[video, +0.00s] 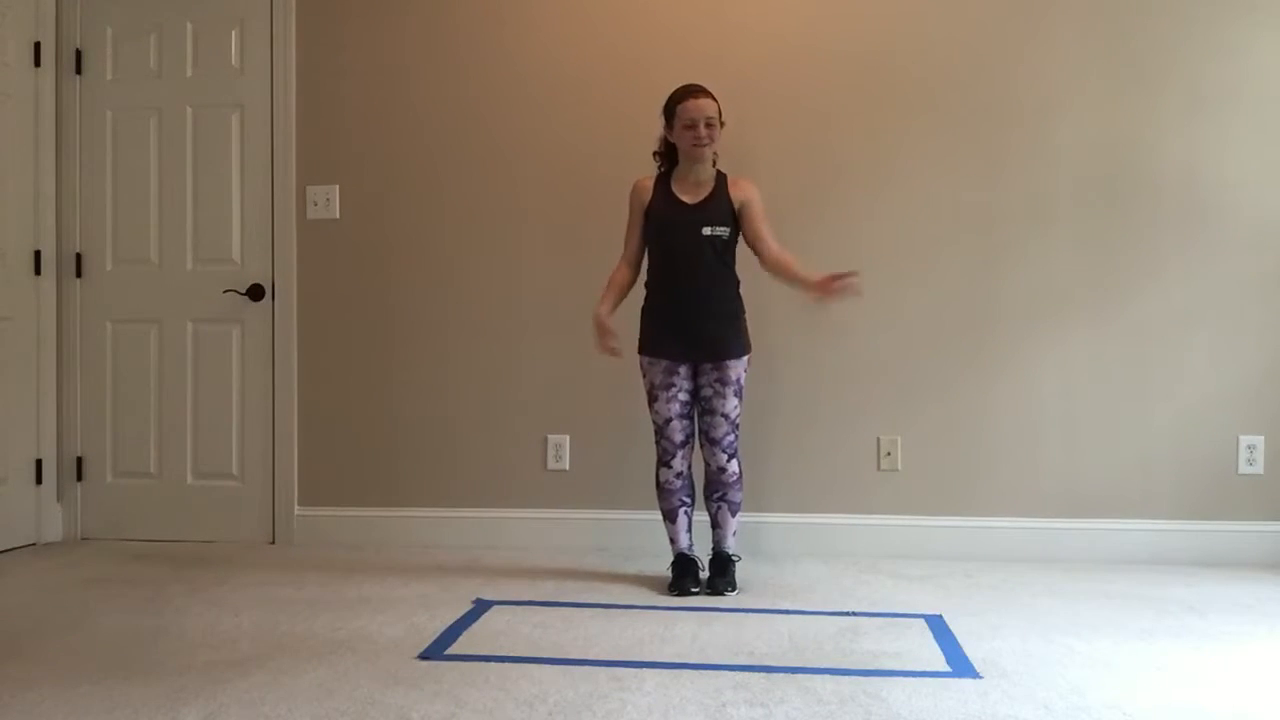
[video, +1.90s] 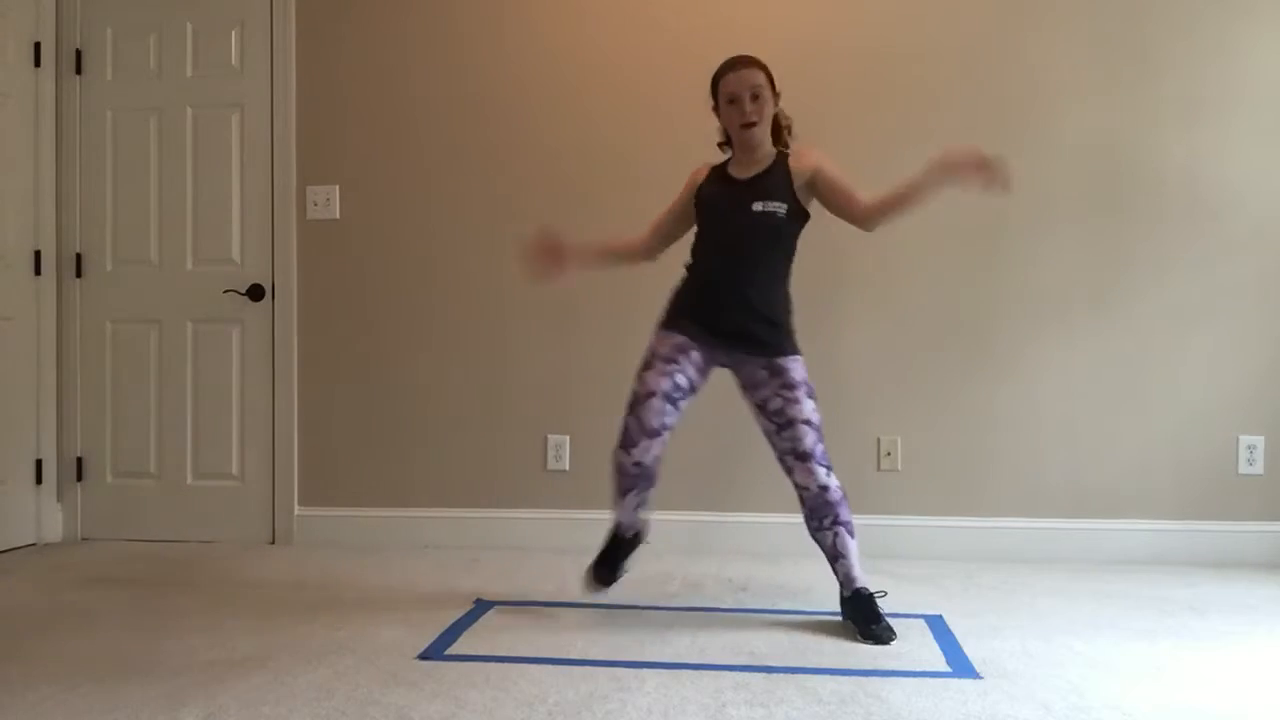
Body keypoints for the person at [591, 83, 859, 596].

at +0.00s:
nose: (702, 131)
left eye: (710, 123)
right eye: (690, 123)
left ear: (721, 129)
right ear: (670, 131)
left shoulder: (739, 192)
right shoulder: (647, 190)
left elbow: (770, 252)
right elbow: (630, 263)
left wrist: (811, 282)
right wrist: (604, 308)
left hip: (723, 341)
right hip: (664, 341)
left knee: (721, 448)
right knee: (672, 450)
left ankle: (724, 555)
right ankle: (683, 556)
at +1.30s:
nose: (701, 122)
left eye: (711, 112)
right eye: (689, 112)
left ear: (724, 122)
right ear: (669, 120)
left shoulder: (741, 184)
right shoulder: (644, 185)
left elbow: (780, 256)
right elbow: (617, 260)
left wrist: (840, 284)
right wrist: (569, 291)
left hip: (732, 326)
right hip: (668, 331)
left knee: (767, 430)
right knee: (664, 450)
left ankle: (790, 551)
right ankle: (678, 560)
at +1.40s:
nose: (714, 122)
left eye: (723, 111)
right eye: (701, 111)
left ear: (734, 117)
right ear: (679, 118)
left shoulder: (747, 181)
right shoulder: (652, 177)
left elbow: (779, 262)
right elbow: (609, 239)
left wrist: (828, 324)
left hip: (751, 325)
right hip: (683, 331)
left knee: (790, 437)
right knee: (677, 449)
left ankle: (832, 562)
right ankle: (678, 560)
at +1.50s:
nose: (725, 136)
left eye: (735, 125)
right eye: (713, 125)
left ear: (746, 130)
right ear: (692, 130)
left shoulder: (762, 198)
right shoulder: (665, 187)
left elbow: (773, 273)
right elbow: (605, 226)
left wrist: (783, 330)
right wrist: (602, 154)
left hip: (770, 333)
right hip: (702, 339)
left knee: (810, 453)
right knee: (688, 456)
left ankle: (855, 584)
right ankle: (683, 559)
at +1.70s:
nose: (745, 140)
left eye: (754, 128)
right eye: (732, 131)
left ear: (771, 136)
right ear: (715, 142)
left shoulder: (799, 203)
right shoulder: (696, 211)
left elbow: (830, 289)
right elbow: (620, 227)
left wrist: (870, 359)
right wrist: (642, 158)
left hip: (804, 358)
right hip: (729, 363)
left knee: (842, 472)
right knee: (684, 464)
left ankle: (864, 593)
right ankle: (681, 554)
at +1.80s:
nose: (749, 118)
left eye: (759, 106)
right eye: (736, 109)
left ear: (776, 115)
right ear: (720, 123)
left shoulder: (806, 185)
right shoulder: (705, 193)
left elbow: (866, 247)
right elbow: (633, 234)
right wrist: (591, 181)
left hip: (791, 351)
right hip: (714, 348)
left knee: (829, 472)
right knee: (659, 447)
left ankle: (861, 597)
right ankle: (662, 523)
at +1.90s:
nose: (746, 108)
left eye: (756, 96)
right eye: (733, 99)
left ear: (775, 104)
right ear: (717, 113)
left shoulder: (801, 170)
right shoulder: (706, 180)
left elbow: (868, 215)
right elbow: (648, 246)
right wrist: (570, 253)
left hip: (766, 339)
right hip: (691, 329)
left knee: (809, 464)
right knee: (642, 425)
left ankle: (854, 592)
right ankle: (626, 532)